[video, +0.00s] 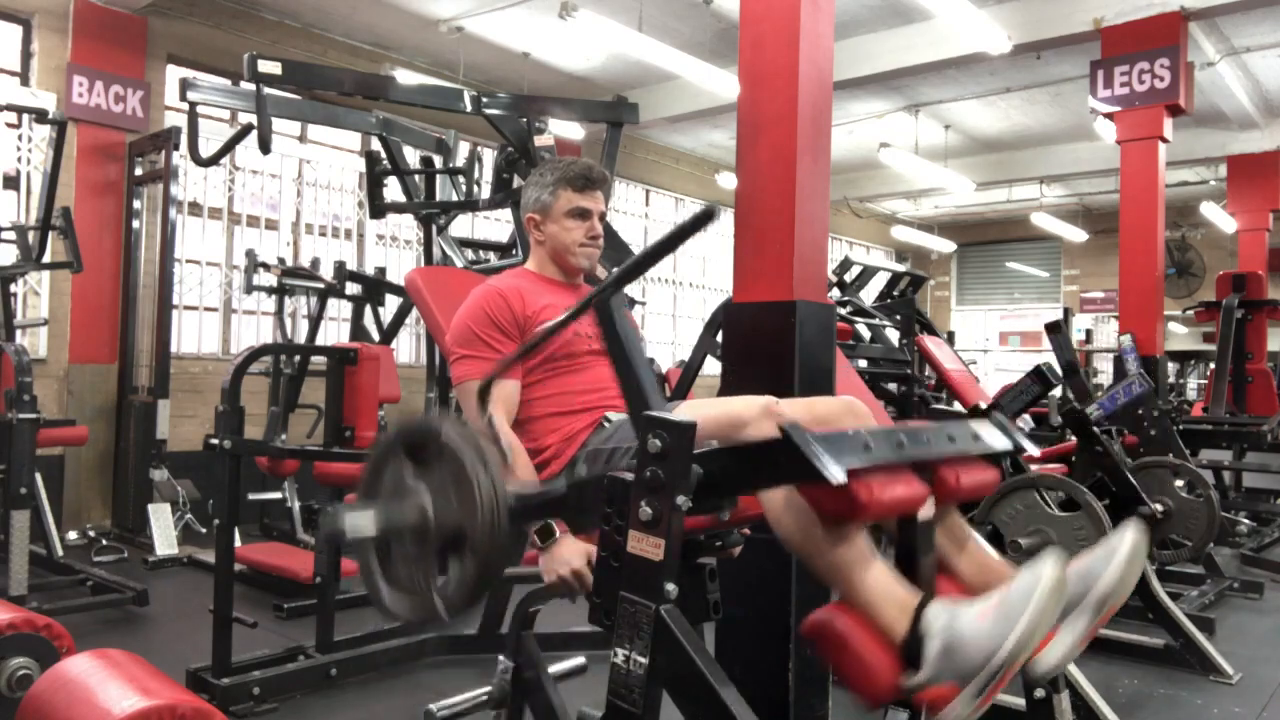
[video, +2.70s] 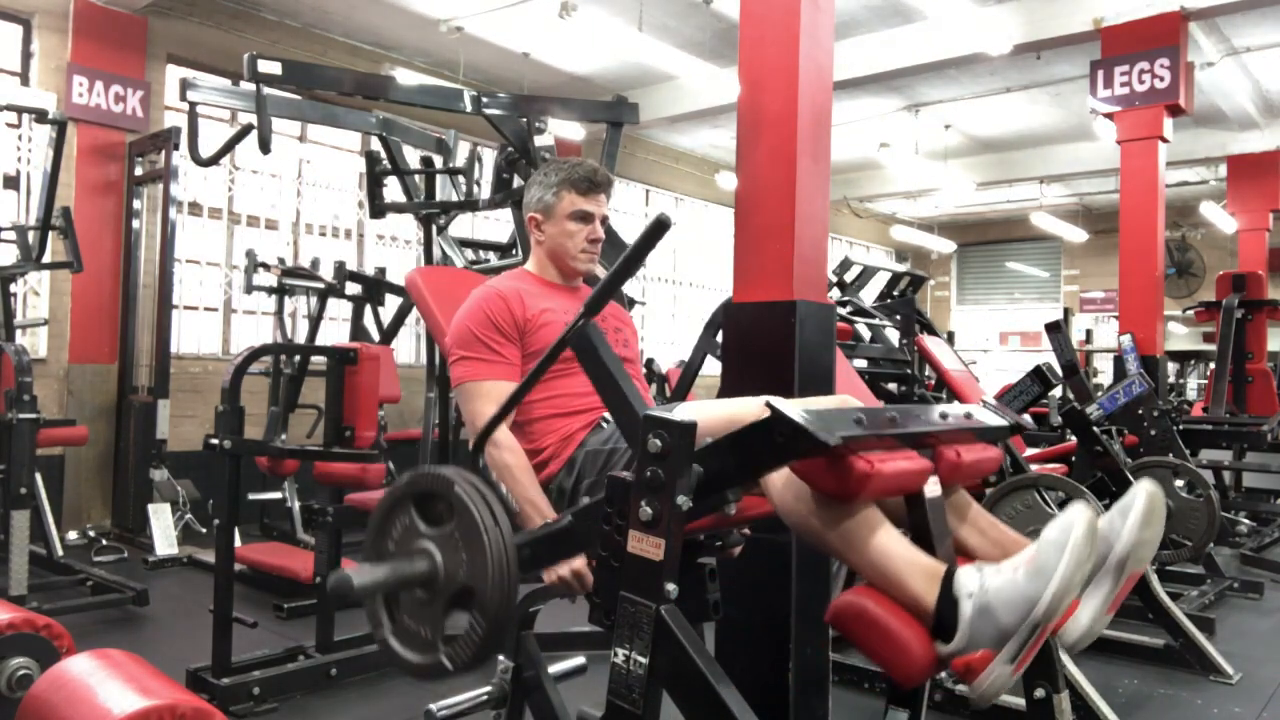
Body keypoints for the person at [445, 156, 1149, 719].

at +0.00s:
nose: (592, 236)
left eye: (598, 223)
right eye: (577, 221)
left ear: (598, 224)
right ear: (532, 224)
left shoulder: (597, 297)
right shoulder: (497, 299)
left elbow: (634, 388)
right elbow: (490, 427)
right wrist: (554, 531)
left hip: (655, 430)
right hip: (589, 456)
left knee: (844, 411)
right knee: (778, 420)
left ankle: (993, 585)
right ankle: (918, 628)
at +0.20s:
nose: (594, 229)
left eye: (599, 218)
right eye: (578, 216)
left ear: (599, 227)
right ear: (533, 223)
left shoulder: (608, 303)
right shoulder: (499, 297)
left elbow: (646, 403)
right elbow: (488, 427)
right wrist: (553, 536)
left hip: (661, 441)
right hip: (586, 465)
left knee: (850, 419)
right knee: (761, 424)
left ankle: (938, 636)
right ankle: (842, 679)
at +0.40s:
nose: (596, 227)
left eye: (598, 216)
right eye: (580, 215)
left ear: (595, 229)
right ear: (534, 227)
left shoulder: (611, 305)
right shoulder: (504, 294)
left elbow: (645, 397)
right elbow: (489, 433)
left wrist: (703, 431)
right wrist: (551, 538)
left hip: (650, 446)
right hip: (583, 468)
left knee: (849, 422)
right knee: (755, 419)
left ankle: (881, 644)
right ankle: (773, 676)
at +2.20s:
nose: (593, 235)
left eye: (600, 224)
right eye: (578, 221)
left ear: (601, 229)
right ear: (533, 222)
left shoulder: (611, 302)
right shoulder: (495, 300)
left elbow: (656, 399)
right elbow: (489, 427)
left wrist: (728, 413)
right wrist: (553, 536)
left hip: (665, 436)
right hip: (586, 457)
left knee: (851, 416)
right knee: (762, 428)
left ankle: (958, 632)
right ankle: (863, 677)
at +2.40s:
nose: (594, 239)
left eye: (599, 226)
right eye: (579, 224)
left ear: (599, 227)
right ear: (533, 224)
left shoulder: (600, 301)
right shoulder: (497, 300)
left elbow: (641, 395)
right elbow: (490, 439)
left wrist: (702, 410)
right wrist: (552, 534)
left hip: (657, 433)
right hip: (584, 460)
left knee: (848, 411)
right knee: (759, 422)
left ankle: (993, 612)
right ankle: (905, 657)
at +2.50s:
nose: (595, 237)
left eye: (600, 224)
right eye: (580, 222)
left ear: (597, 227)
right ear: (534, 225)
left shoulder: (593, 301)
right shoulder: (497, 301)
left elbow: (631, 394)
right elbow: (488, 430)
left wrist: (697, 414)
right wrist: (551, 530)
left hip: (652, 434)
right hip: (588, 457)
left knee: (823, 430)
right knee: (814, 411)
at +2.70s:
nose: (595, 236)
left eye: (602, 225)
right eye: (580, 221)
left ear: (604, 232)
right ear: (535, 224)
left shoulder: (610, 309)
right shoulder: (495, 303)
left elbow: (647, 404)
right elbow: (489, 434)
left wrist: (726, 423)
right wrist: (549, 536)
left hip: (653, 454)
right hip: (588, 470)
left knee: (797, 473)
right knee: (813, 411)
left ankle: (956, 606)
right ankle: (1043, 562)